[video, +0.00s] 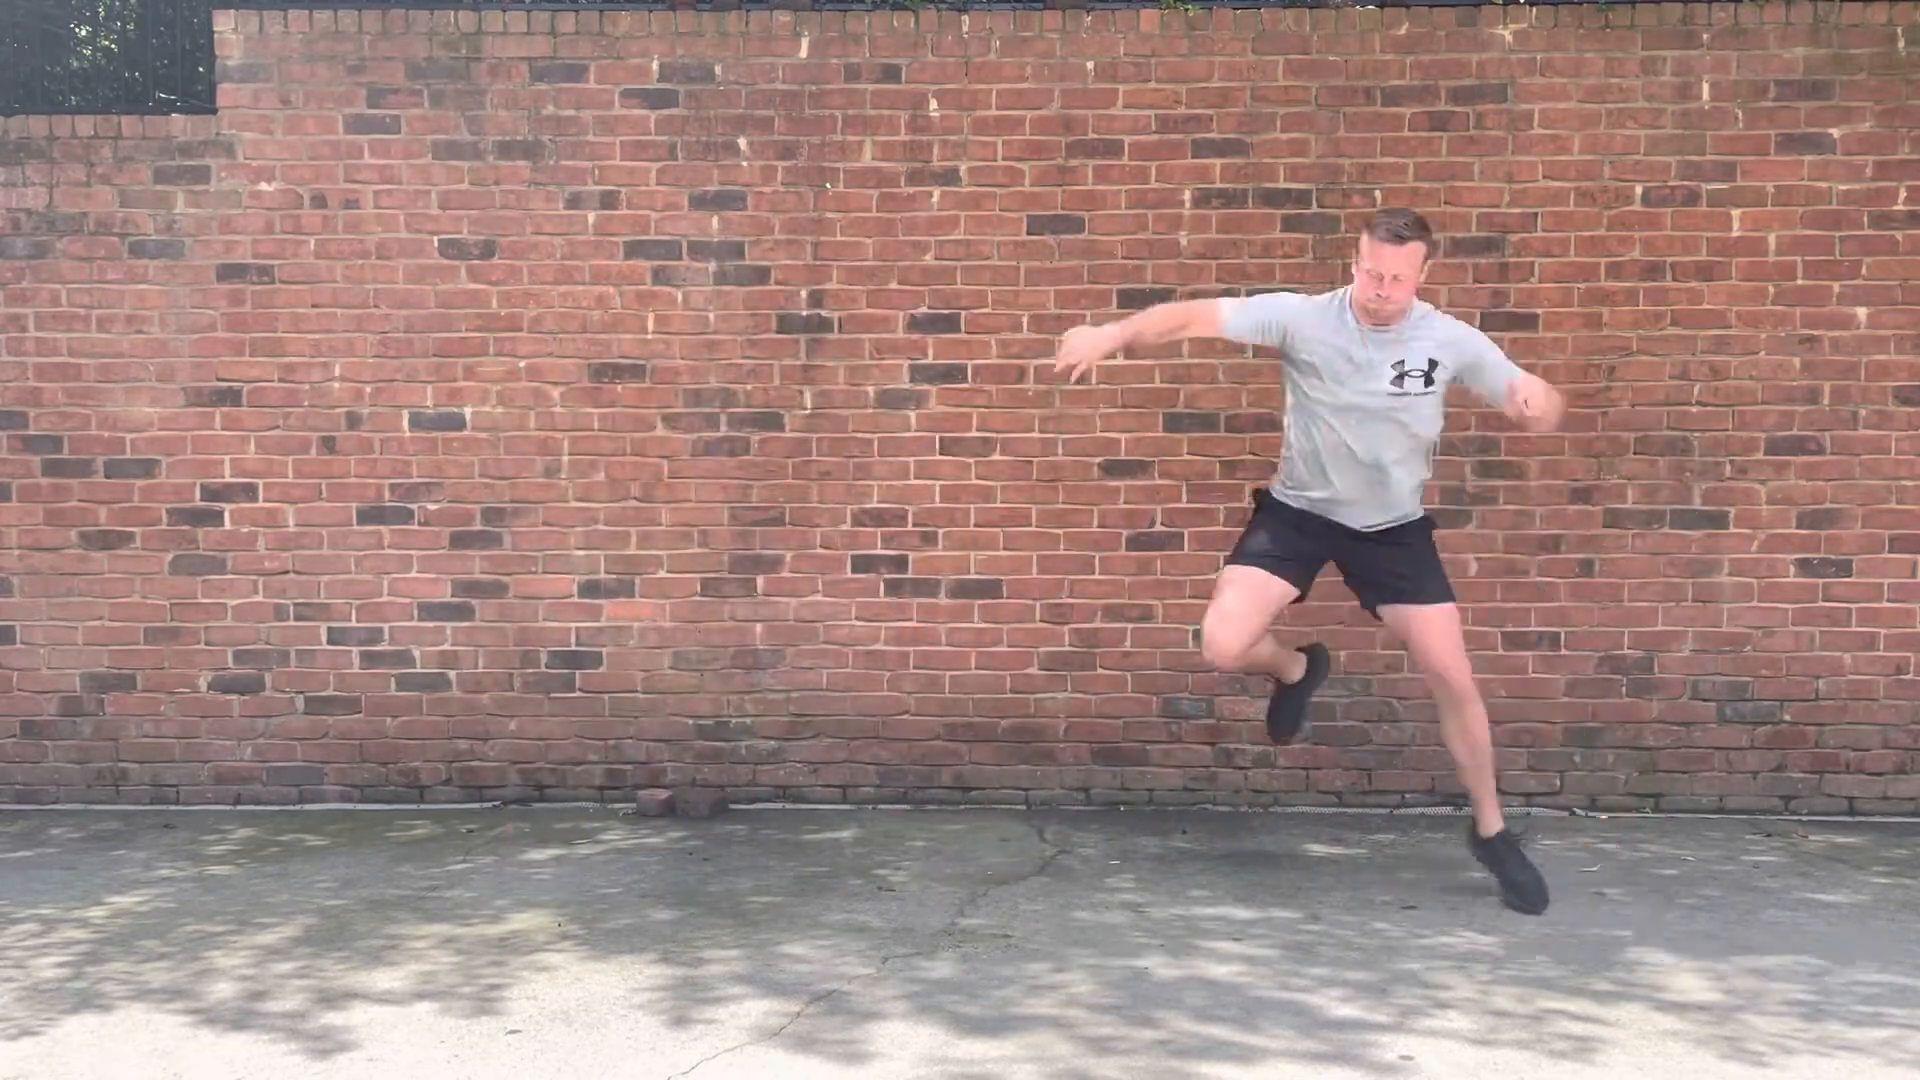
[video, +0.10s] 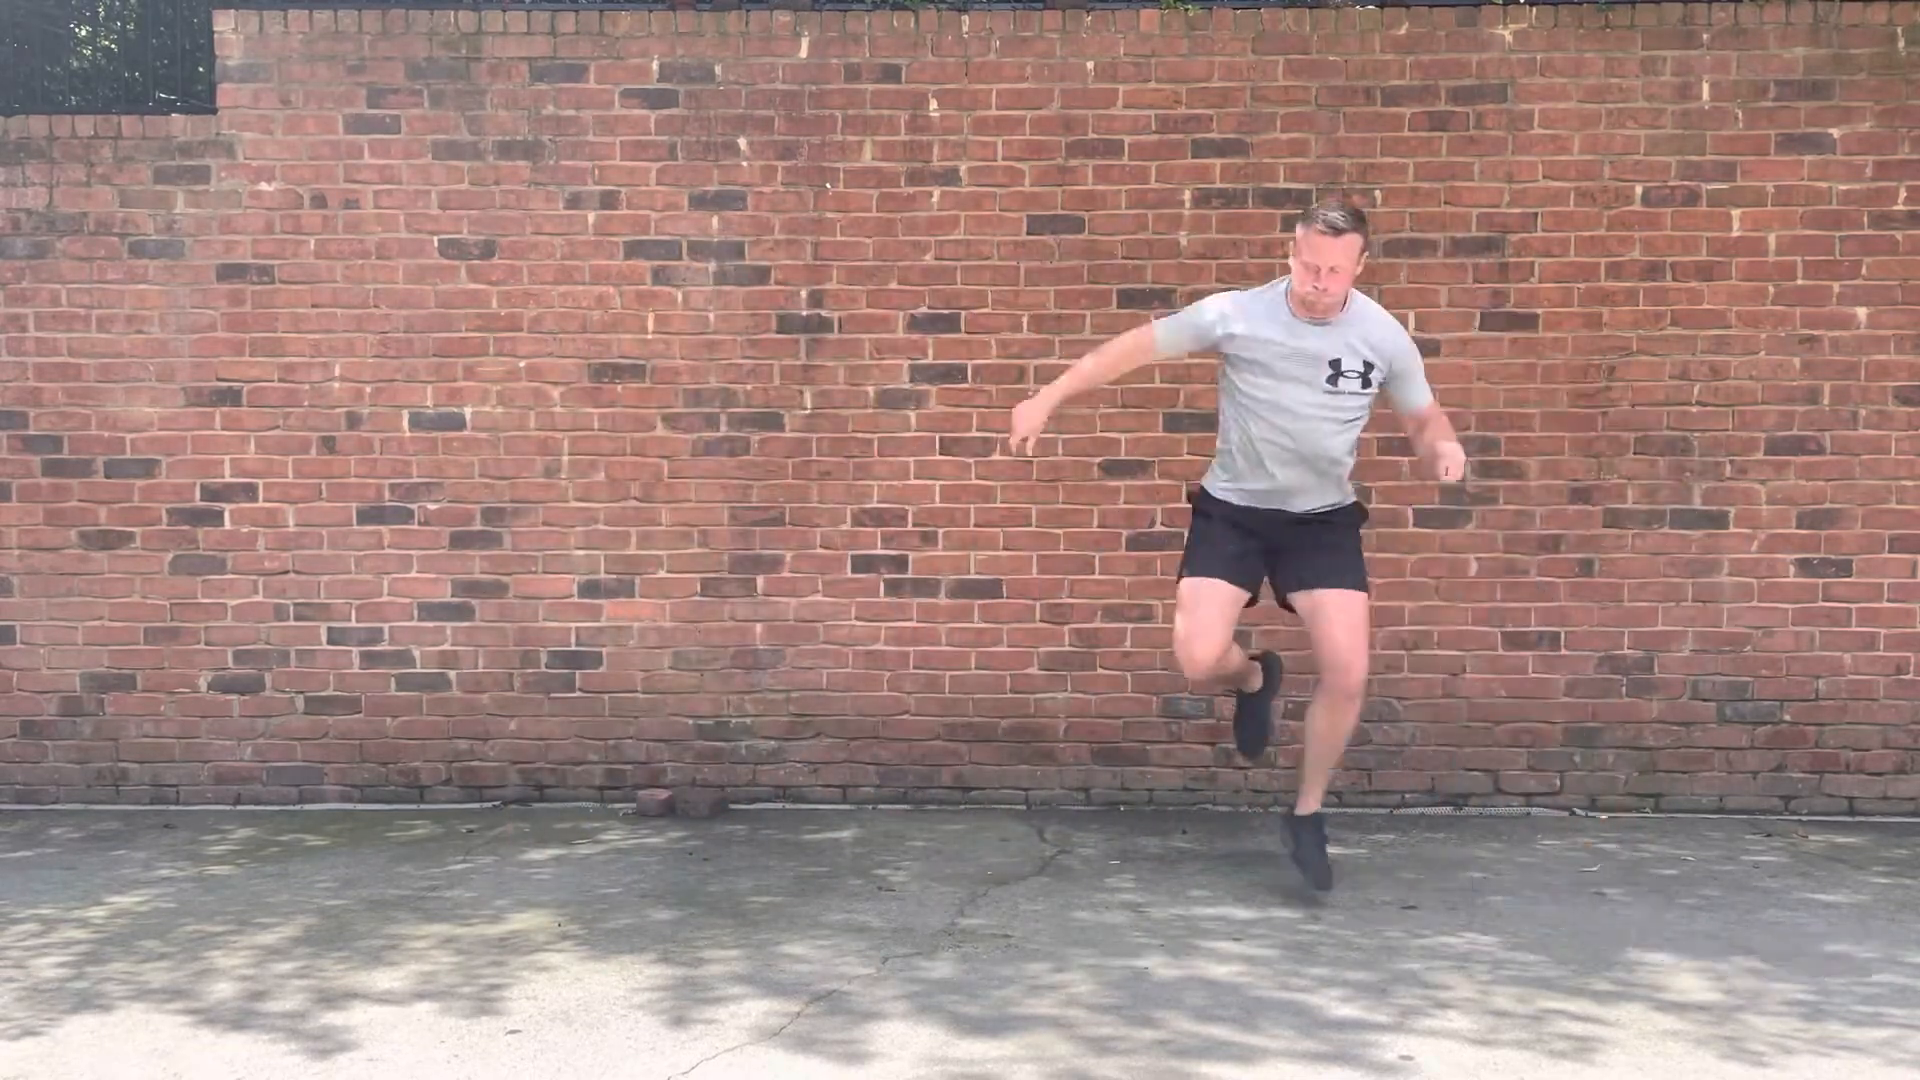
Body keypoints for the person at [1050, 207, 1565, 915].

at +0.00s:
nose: (1381, 291)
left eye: (1398, 279)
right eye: (1372, 274)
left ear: (1422, 276)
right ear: (1355, 262)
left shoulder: (1449, 340)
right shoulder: (1301, 318)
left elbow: (1533, 402)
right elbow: (1191, 316)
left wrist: (1539, 404)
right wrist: (1105, 335)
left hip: (1393, 526)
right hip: (1296, 514)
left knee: (1453, 674)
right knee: (1223, 642)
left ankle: (1492, 831)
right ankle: (1297, 670)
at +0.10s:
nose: (1322, 285)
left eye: (1339, 272)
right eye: (1311, 267)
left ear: (1360, 267)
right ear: (1292, 253)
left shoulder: (1383, 337)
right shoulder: (1235, 315)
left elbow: (1426, 421)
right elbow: (1137, 347)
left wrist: (1445, 449)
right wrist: (1046, 398)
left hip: (1321, 519)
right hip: (1230, 512)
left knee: (1348, 669)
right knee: (1196, 663)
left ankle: (1307, 814)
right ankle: (1258, 676)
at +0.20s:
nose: (1256, 315)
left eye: (1272, 305)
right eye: (1247, 300)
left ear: (1297, 305)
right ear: (1232, 290)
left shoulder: (1315, 385)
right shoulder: (1177, 345)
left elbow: (1344, 461)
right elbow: (1106, 399)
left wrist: (1353, 489)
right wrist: (1047, 478)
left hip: (1247, 551)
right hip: (1159, 541)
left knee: (1241, 706)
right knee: (1142, 693)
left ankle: (1210, 852)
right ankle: (1192, 734)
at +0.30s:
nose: (1180, 349)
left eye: (1197, 337)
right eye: (1172, 333)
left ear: (1223, 339)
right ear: (1158, 327)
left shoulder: (1242, 424)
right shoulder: (1107, 376)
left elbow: (1286, 499)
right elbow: (1044, 423)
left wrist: (1300, 518)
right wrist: (1015, 483)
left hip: (1177, 573)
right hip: (1086, 560)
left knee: (1205, 722)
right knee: (1029, 699)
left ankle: (1202, 855)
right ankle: (1092, 743)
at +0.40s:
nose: (1080, 322)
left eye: (1095, 309)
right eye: (1071, 306)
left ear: (1123, 306)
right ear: (1058, 297)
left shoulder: (1150, 381)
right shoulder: (1021, 342)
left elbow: (1237, 472)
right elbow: (924, 356)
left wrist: (1181, 431)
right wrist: (949, 350)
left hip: (1097, 553)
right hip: (1005, 535)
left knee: (1144, 694)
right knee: (909, 638)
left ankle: (1198, 847)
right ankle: (978, 697)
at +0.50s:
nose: (967, 284)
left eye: (982, 271)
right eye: (957, 270)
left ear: (1011, 264)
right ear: (945, 260)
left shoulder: (1046, 333)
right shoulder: (914, 302)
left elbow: (1144, 408)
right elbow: (828, 297)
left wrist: (1103, 408)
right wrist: (778, 310)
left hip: (1008, 517)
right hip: (915, 499)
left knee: (1073, 663)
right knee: (800, 597)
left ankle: (1145, 811)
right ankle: (837, 694)